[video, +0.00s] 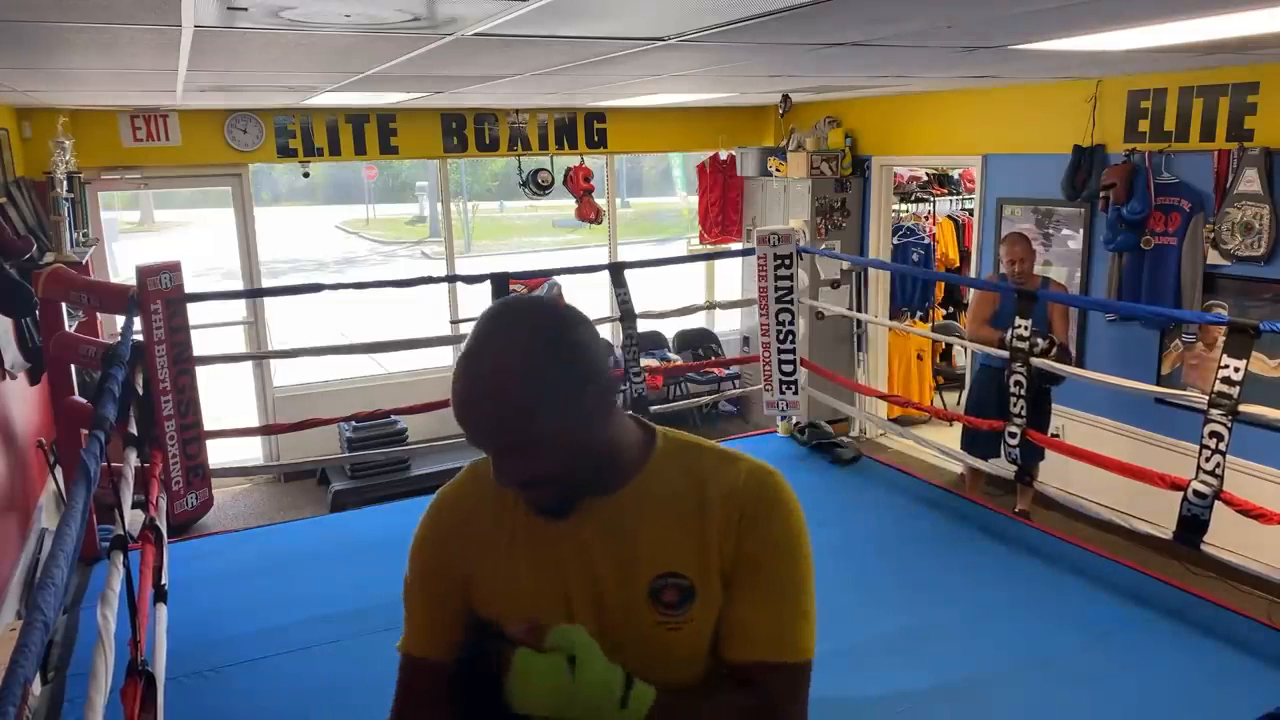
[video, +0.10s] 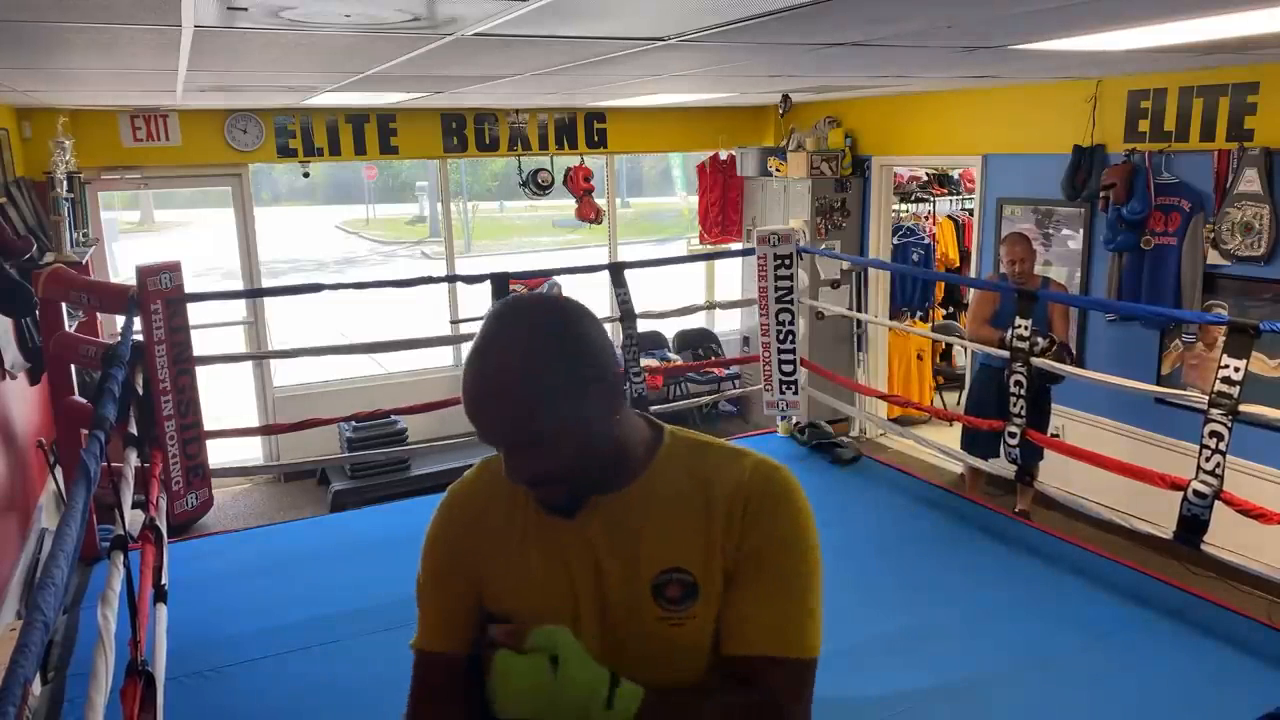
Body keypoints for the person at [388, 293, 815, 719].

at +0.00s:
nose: (507, 481)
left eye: (529, 455)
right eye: (488, 453)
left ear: (609, 388)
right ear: (474, 427)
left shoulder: (747, 505)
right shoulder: (456, 518)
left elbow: (774, 702)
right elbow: (420, 699)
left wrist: (624, 700)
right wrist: (496, 686)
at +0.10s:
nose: (514, 472)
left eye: (533, 443)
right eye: (498, 446)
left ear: (609, 397)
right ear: (483, 426)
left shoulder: (755, 501)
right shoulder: (468, 512)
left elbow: (775, 703)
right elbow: (435, 700)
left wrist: (610, 700)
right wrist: (487, 682)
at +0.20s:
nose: (530, 472)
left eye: (547, 443)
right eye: (514, 445)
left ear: (627, 400)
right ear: (498, 423)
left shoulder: (770, 501)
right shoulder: (487, 509)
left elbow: (774, 707)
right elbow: (451, 704)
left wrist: (585, 705)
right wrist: (484, 688)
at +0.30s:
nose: (539, 470)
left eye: (556, 442)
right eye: (523, 444)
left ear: (638, 394)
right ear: (506, 423)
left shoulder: (780, 503)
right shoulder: (498, 508)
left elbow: (779, 707)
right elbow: (457, 705)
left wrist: (567, 706)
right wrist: (481, 696)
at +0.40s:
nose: (556, 466)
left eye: (575, 438)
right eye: (541, 440)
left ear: (653, 391)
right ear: (526, 420)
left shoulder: (797, 506)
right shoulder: (515, 505)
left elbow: (789, 708)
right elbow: (477, 699)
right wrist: (506, 707)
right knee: (519, 704)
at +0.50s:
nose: (576, 466)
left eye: (598, 444)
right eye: (558, 438)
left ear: (673, 389)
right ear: (538, 411)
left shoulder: (813, 506)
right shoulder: (528, 503)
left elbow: (794, 708)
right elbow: (489, 703)